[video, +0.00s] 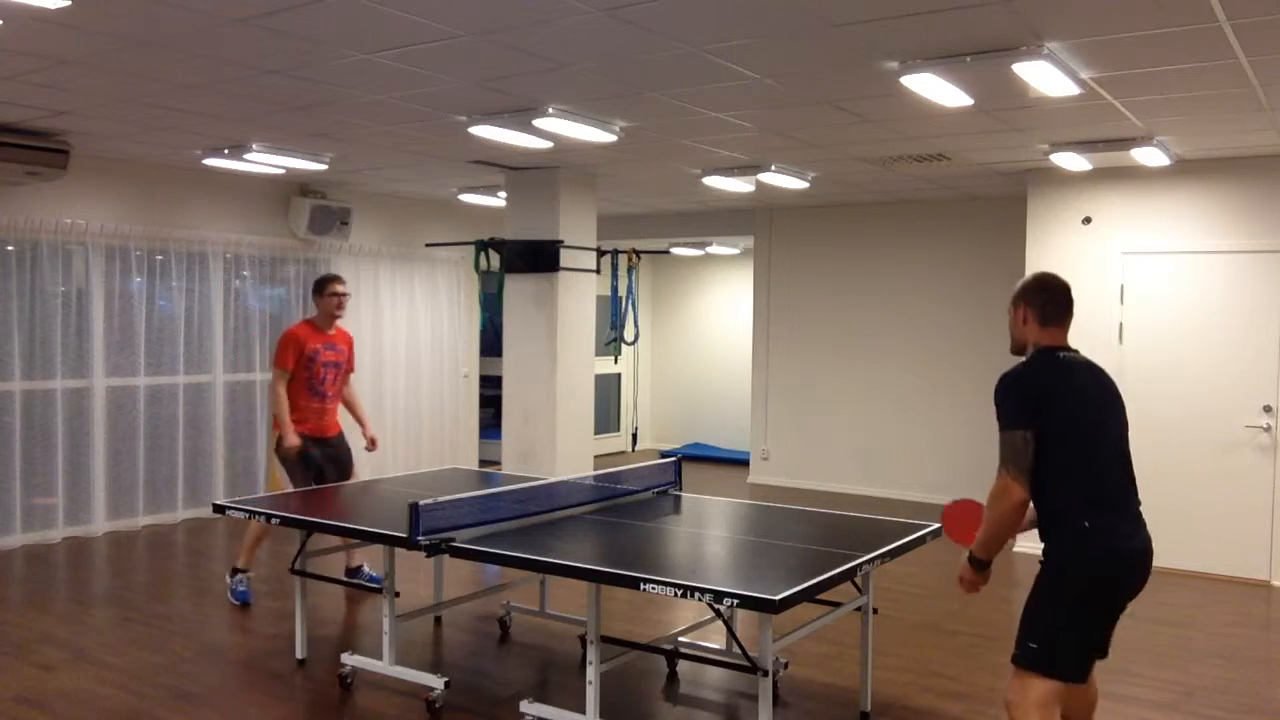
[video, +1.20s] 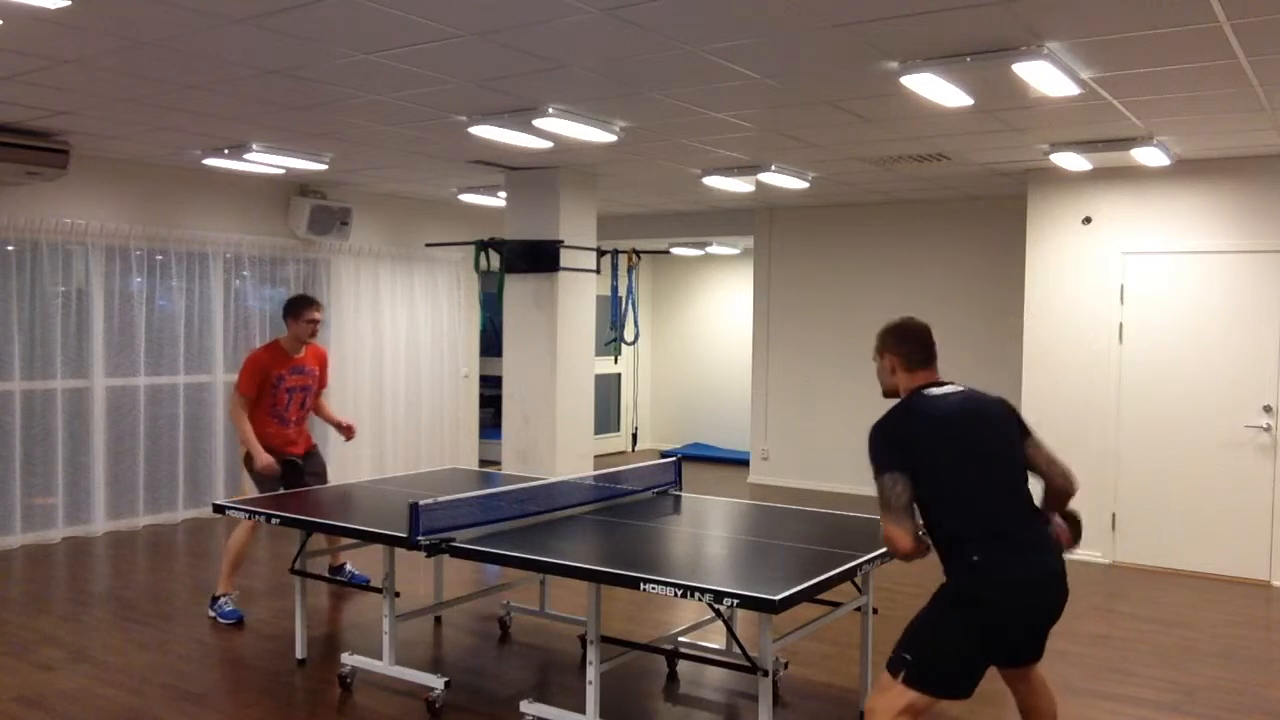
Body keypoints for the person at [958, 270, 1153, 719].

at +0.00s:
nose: (1009, 324)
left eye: (1012, 314)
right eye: (1011, 314)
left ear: (1025, 315)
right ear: (1066, 320)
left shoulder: (1021, 381)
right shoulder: (1098, 379)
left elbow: (1014, 490)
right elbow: (1097, 483)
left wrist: (978, 560)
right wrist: (1027, 521)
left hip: (1079, 554)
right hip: (1129, 549)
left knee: (1030, 690)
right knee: (1076, 674)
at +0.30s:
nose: (1016, 356)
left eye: (1016, 348)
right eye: (1016, 349)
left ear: (1023, 345)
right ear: (1067, 349)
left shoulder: (1009, 397)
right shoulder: (1104, 400)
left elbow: (986, 490)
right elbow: (1104, 480)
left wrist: (968, 505)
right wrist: (1042, 507)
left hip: (1065, 554)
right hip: (1123, 553)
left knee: (1007, 688)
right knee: (1056, 640)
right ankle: (1065, 713)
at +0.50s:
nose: (1009, 349)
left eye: (1010, 342)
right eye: (1010, 342)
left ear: (1017, 340)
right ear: (1060, 345)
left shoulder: (1000, 385)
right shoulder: (1093, 394)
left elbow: (964, 476)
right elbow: (1133, 487)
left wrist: (955, 445)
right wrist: (1087, 468)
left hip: (1048, 544)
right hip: (1107, 545)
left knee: (993, 676)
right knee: (1054, 637)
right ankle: (1063, 716)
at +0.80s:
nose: (981, 364)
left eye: (981, 357)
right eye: (982, 358)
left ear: (987, 356)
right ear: (1027, 361)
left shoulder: (980, 397)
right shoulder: (1056, 409)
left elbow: (957, 491)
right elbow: (1065, 487)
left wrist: (925, 504)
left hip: (1033, 557)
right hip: (1084, 556)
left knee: (966, 683)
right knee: (1023, 645)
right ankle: (1050, 713)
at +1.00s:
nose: (937, 369)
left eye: (938, 359)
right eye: (937, 359)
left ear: (949, 356)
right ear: (983, 357)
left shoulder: (952, 399)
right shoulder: (1021, 404)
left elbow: (950, 495)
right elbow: (1019, 487)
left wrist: (924, 514)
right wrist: (960, 513)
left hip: (1008, 568)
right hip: (1061, 564)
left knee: (923, 699)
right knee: (1029, 661)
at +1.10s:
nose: (901, 369)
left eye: (902, 359)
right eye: (901, 359)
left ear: (914, 357)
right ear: (952, 358)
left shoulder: (914, 415)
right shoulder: (995, 403)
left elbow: (922, 522)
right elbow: (1012, 487)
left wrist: (910, 528)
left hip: (988, 583)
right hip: (1049, 571)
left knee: (898, 702)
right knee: (1032, 675)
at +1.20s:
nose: (878, 373)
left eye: (877, 363)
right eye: (875, 364)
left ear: (891, 363)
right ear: (931, 358)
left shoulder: (892, 429)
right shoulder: (993, 406)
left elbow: (902, 544)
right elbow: (1063, 483)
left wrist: (926, 542)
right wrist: (1047, 520)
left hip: (979, 588)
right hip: (1044, 575)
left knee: (884, 706)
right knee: (1022, 670)